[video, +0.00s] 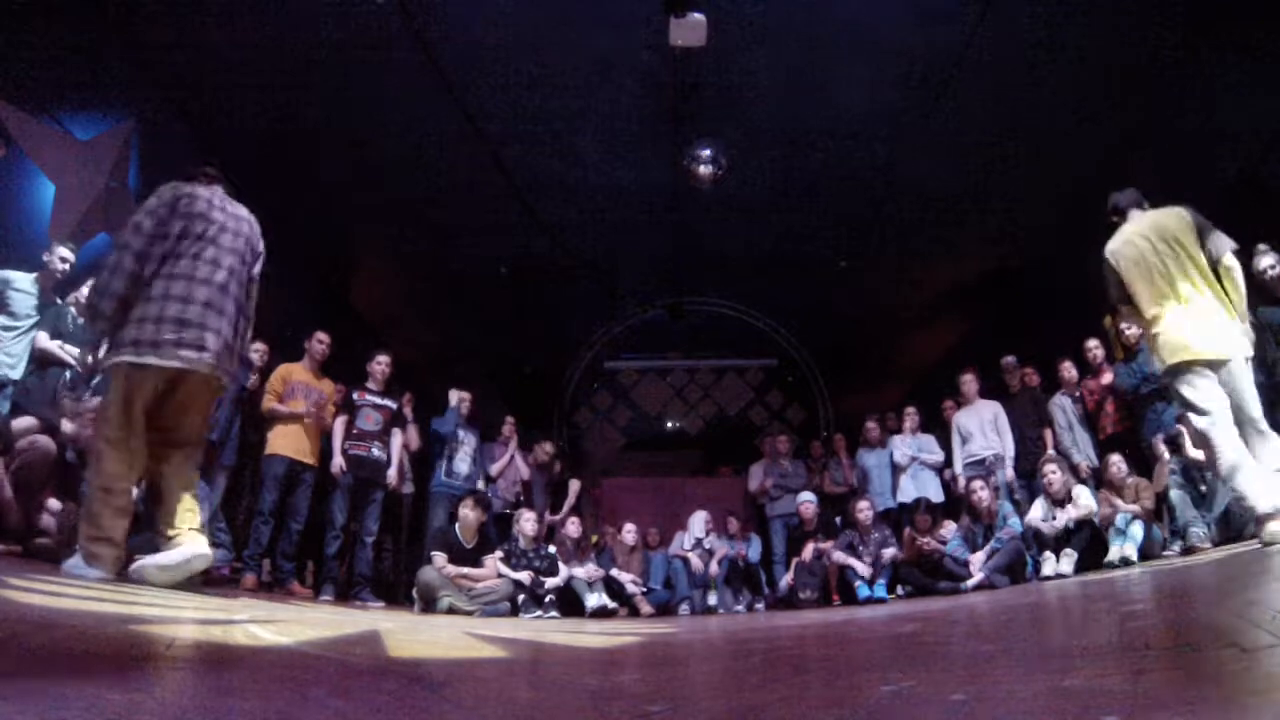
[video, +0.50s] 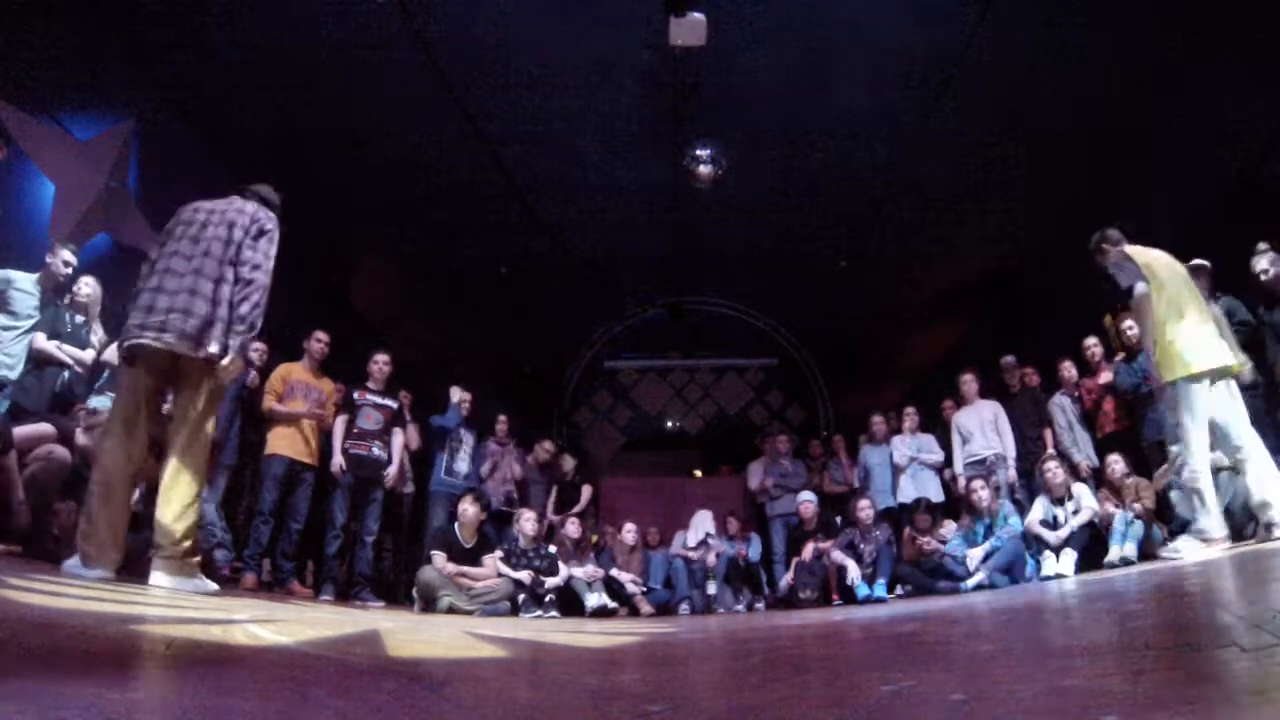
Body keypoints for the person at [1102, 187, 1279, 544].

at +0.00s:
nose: (1115, 225)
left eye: (1113, 221)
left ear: (1115, 217)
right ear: (1144, 204)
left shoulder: (1113, 250)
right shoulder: (1181, 215)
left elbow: (1123, 310)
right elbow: (1228, 260)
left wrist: (1152, 327)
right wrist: (1242, 317)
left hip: (1175, 342)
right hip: (1222, 329)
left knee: (1220, 432)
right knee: (1256, 424)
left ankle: (1265, 513)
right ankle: (1273, 507)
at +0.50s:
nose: (1107, 268)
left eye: (1104, 262)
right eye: (1104, 264)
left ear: (1107, 249)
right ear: (1123, 241)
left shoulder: (1119, 257)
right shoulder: (1163, 257)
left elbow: (1141, 291)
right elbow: (1205, 308)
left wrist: (1147, 353)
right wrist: (1228, 351)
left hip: (1182, 361)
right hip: (1214, 354)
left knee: (1189, 451)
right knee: (1244, 440)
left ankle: (1208, 531)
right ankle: (1272, 516)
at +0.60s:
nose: (1096, 269)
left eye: (1093, 264)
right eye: (1093, 265)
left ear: (1098, 253)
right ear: (1115, 245)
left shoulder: (1114, 264)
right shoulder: (1151, 262)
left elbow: (1140, 301)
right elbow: (1189, 313)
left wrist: (1145, 364)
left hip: (1176, 368)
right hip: (1204, 361)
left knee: (1185, 455)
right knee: (1234, 443)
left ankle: (1198, 536)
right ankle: (1273, 513)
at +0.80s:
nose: (1077, 277)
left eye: (1074, 270)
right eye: (1073, 272)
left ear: (1083, 258)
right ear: (1092, 254)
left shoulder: (1104, 271)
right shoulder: (1127, 270)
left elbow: (1130, 313)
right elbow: (1157, 324)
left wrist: (1128, 370)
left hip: (1158, 372)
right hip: (1173, 369)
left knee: (1172, 455)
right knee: (1182, 451)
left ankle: (1198, 535)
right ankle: (1246, 492)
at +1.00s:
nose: (1064, 270)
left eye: (1065, 262)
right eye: (1060, 266)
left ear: (1081, 255)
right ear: (1068, 266)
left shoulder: (1101, 275)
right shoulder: (1098, 282)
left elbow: (1126, 316)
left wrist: (1112, 361)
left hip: (1146, 377)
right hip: (1133, 382)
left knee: (1164, 455)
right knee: (1144, 459)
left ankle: (1199, 533)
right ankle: (1174, 525)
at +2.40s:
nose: (1164, 222)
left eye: (1165, 216)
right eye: (1157, 216)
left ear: (1162, 221)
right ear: (1140, 221)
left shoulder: (1167, 264)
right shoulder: (1129, 260)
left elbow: (1184, 312)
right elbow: (1120, 314)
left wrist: (1208, 342)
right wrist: (1117, 368)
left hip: (1199, 358)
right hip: (1179, 361)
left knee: (1201, 451)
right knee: (1230, 435)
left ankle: (1201, 530)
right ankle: (1270, 516)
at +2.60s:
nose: (1169, 207)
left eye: (1170, 201)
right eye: (1162, 201)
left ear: (1170, 206)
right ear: (1144, 207)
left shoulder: (1179, 249)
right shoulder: (1136, 249)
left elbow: (1202, 295)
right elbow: (1137, 300)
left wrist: (1224, 326)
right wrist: (1146, 349)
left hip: (1222, 337)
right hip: (1192, 343)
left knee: (1246, 430)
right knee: (1235, 431)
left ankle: (1217, 520)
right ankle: (1267, 515)